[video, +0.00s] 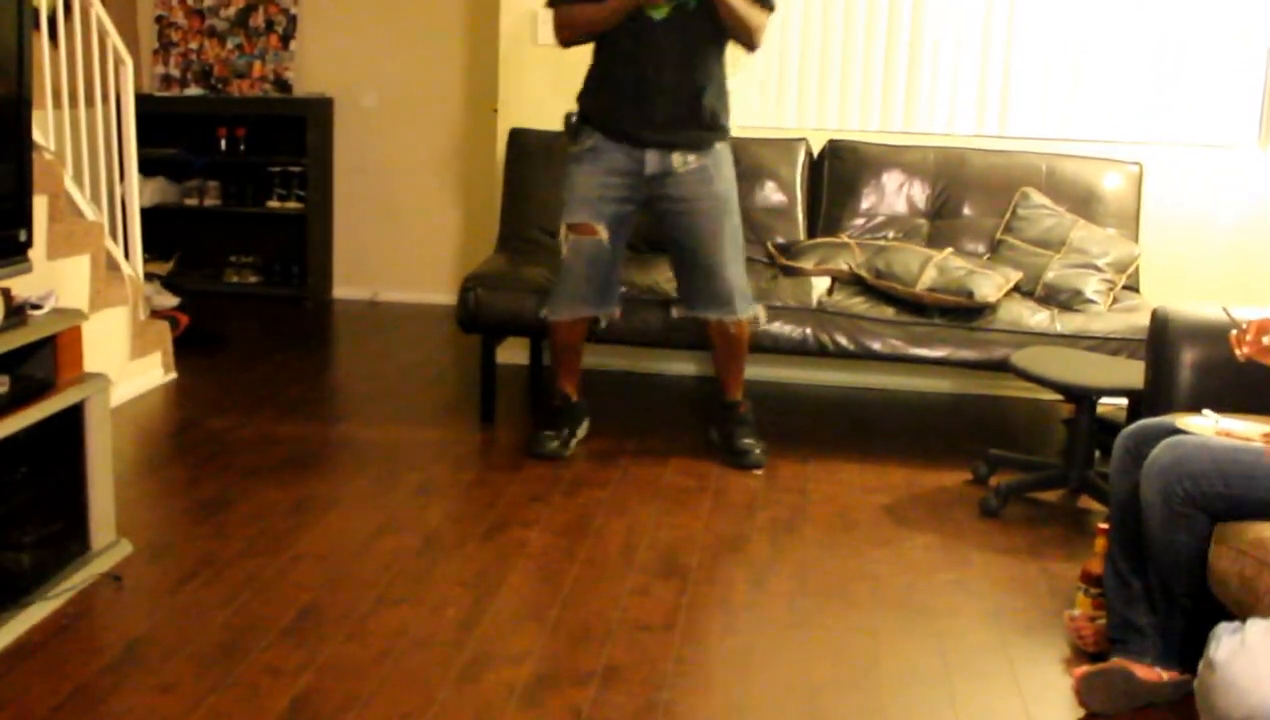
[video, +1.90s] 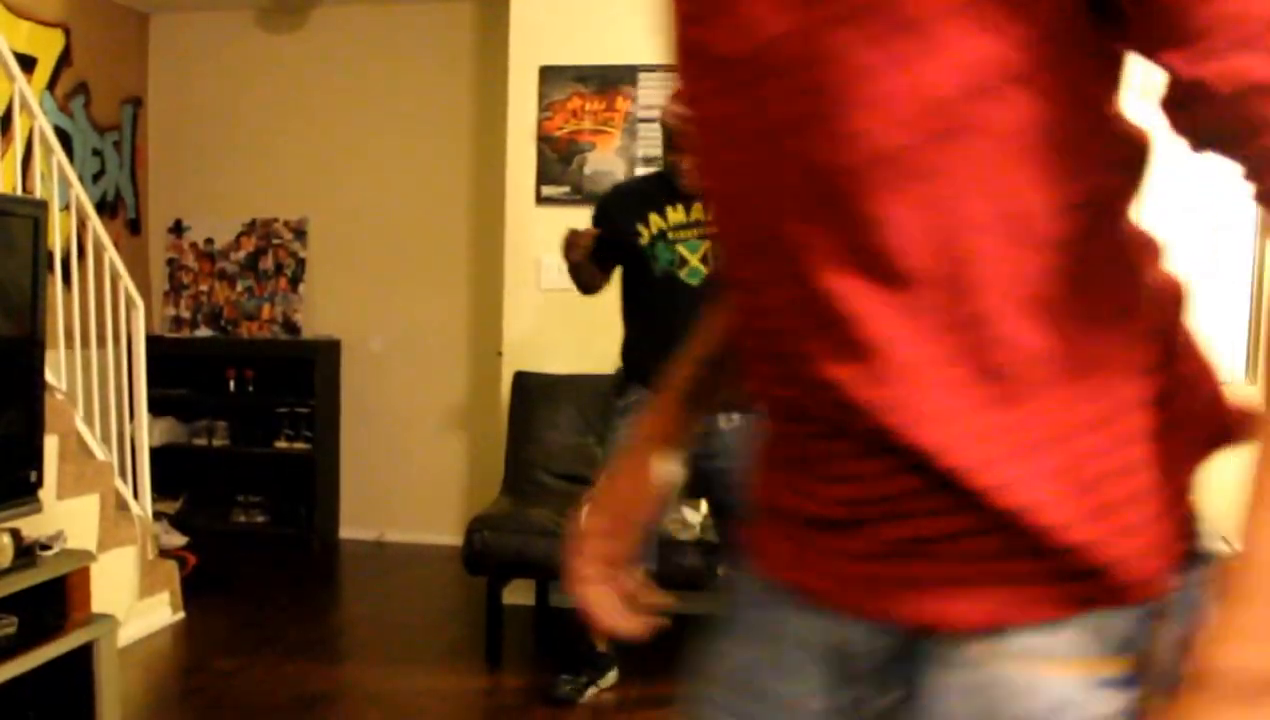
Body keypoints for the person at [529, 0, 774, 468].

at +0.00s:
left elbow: (753, 32)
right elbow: (566, 27)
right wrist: (634, 2)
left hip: (698, 141)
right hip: (607, 138)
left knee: (726, 289)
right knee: (576, 278)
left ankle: (733, 411)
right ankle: (565, 406)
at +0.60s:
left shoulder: (749, 5)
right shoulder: (612, 4)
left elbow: (764, 93)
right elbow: (621, 94)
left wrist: (768, 37)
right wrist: (596, 85)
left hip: (725, 189)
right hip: (634, 184)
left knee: (752, 336)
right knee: (595, 317)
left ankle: (753, 460)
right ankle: (576, 452)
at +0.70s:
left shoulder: (746, 21)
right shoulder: (609, 23)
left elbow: (765, 120)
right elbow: (587, 117)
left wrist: (719, 69)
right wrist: (637, 118)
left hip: (713, 226)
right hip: (623, 223)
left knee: (741, 374)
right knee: (594, 354)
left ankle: (750, 497)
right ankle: (578, 493)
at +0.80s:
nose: (666, 20)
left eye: (677, 9)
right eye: (656, 8)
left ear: (696, 16)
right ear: (641, 15)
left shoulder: (732, 95)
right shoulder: (600, 86)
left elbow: (763, 172)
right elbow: (573, 164)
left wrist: (703, 152)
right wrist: (648, 163)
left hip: (702, 281)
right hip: (615, 278)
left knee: (736, 427)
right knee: (583, 419)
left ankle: (750, 555)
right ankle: (578, 553)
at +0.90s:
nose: (664, 72)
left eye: (676, 60)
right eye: (655, 59)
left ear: (694, 66)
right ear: (639, 66)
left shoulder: (728, 145)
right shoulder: (597, 139)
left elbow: (746, 230)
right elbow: (574, 219)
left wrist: (691, 207)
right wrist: (647, 231)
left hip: (702, 333)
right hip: (612, 332)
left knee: (742, 476)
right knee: (578, 470)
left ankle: (752, 602)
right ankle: (581, 605)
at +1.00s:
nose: (666, 96)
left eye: (679, 86)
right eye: (657, 85)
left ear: (702, 94)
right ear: (642, 92)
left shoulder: (739, 170)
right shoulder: (601, 166)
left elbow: (765, 264)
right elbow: (569, 251)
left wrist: (741, 241)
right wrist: (608, 265)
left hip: (716, 367)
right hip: (623, 367)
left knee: (748, 506)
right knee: (591, 494)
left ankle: (756, 636)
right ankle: (582, 634)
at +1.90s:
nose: (686, 145)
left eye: (695, 132)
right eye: (678, 131)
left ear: (716, 138)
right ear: (665, 134)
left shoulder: (745, 195)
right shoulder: (630, 203)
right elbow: (592, 281)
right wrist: (580, 257)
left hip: (734, 394)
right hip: (650, 394)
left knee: (750, 530)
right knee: (617, 520)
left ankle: (762, 650)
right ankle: (600, 652)